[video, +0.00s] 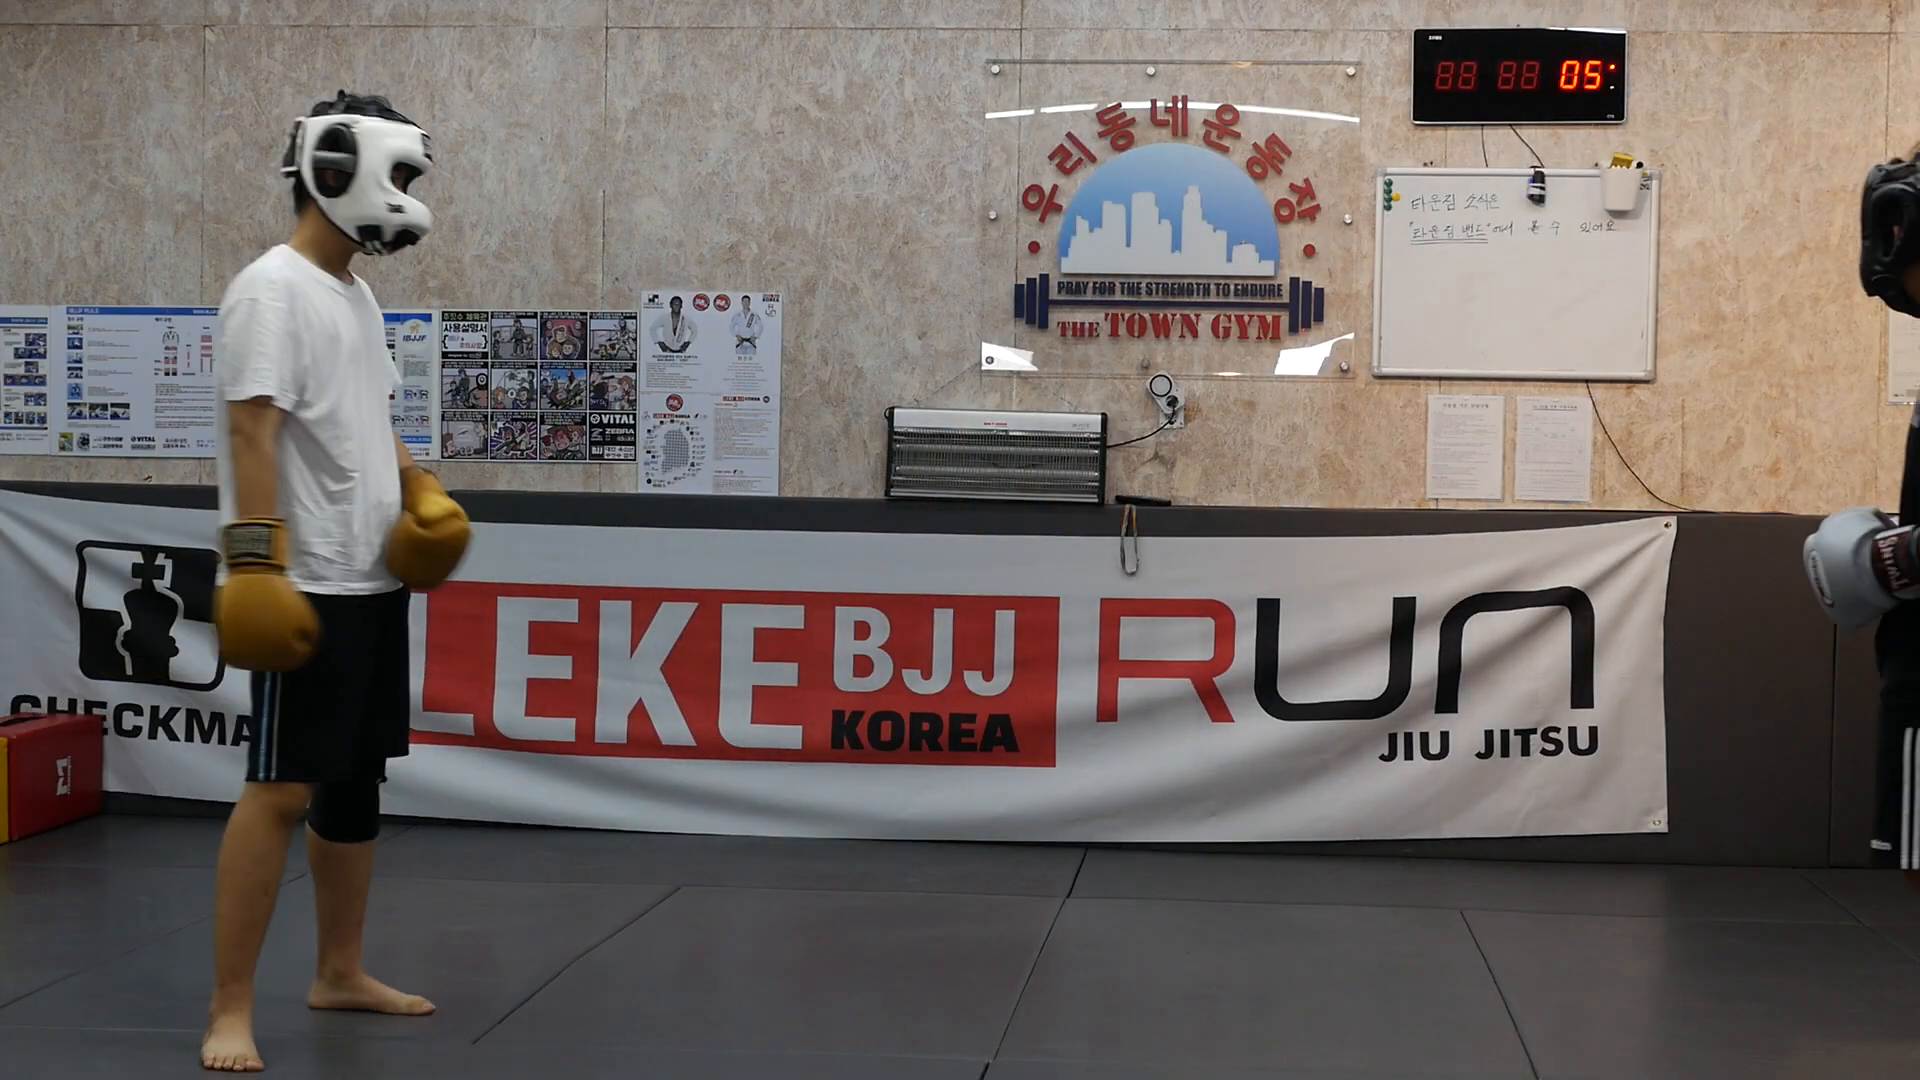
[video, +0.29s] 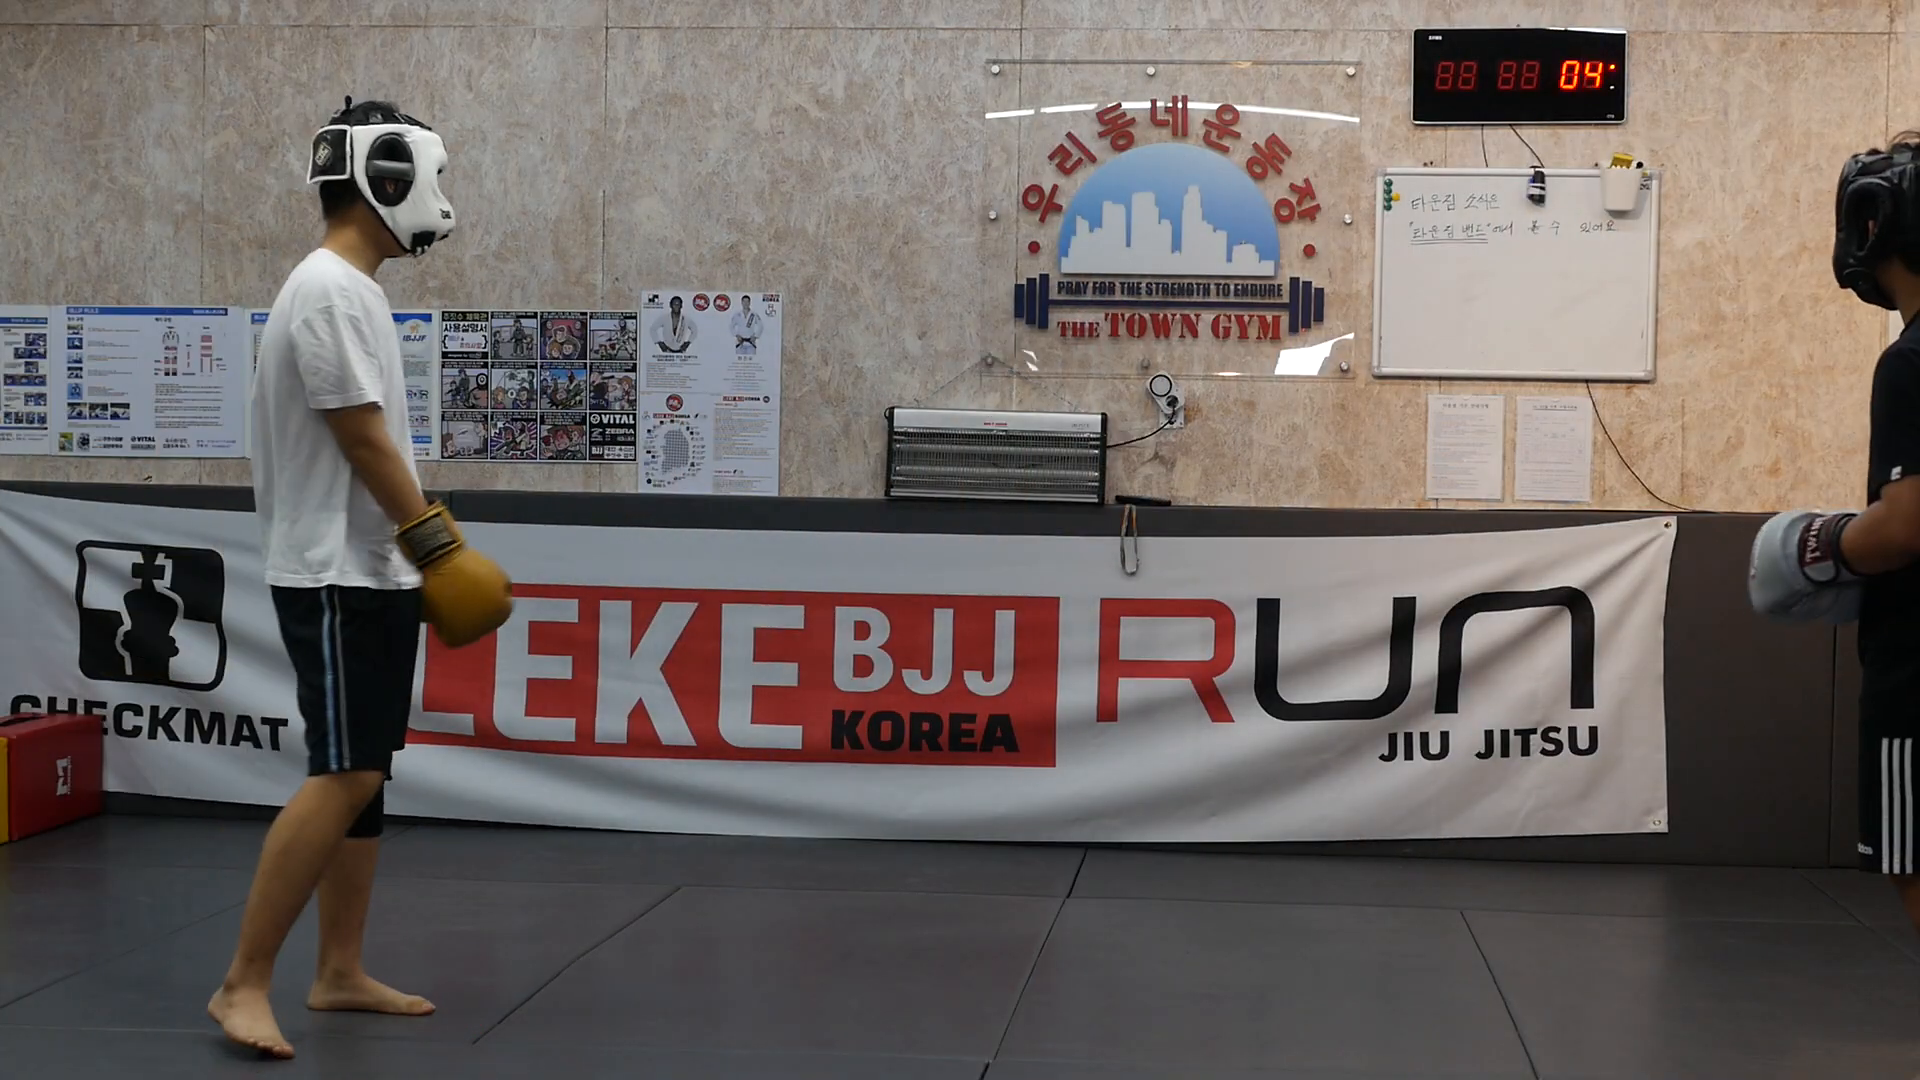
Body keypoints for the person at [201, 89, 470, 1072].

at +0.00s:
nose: (409, 197)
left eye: (413, 178)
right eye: (396, 177)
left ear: (354, 182)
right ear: (339, 175)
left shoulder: (356, 296)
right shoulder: (270, 288)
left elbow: (371, 429)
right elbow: (251, 429)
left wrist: (420, 491)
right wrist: (258, 562)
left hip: (375, 584)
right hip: (305, 584)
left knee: (353, 785)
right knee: (279, 790)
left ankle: (341, 973)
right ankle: (231, 1010)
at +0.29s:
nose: (436, 202)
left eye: (434, 182)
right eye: (427, 183)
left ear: (350, 185)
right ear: (389, 185)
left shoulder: (347, 291)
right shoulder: (327, 292)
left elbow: (366, 445)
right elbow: (362, 442)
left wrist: (435, 548)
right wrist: (437, 544)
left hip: (369, 570)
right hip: (334, 572)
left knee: (367, 771)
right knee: (343, 774)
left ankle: (341, 972)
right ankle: (243, 987)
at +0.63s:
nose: (467, 192)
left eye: (462, 172)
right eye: (456, 174)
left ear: (375, 185)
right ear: (418, 183)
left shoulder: (363, 285)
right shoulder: (368, 289)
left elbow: (400, 450)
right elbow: (403, 447)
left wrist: (474, 538)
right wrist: (482, 534)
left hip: (369, 556)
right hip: (348, 557)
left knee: (376, 768)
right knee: (374, 769)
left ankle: (340, 971)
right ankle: (259, 966)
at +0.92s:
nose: (481, 192)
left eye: (478, 174)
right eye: (466, 175)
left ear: (407, 188)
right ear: (417, 186)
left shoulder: (404, 299)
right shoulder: (363, 293)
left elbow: (390, 449)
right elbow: (363, 440)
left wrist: (421, 577)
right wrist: (398, 568)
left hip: (384, 566)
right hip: (340, 568)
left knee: (372, 776)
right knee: (341, 776)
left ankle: (350, 969)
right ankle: (326, 993)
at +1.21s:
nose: (461, 190)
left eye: (464, 171)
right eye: (443, 173)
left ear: (422, 183)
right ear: (388, 178)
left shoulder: (441, 294)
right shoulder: (323, 292)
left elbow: (461, 425)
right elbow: (296, 435)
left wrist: (503, 531)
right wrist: (292, 562)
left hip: (425, 582)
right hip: (349, 583)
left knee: (383, 786)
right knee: (338, 789)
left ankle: (351, 970)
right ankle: (327, 1008)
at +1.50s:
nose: (432, 181)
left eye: (440, 165)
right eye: (411, 164)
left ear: (449, 172)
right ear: (354, 170)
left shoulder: (449, 285)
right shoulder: (298, 293)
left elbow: (479, 415)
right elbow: (273, 442)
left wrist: (549, 510)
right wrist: (253, 575)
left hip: (438, 579)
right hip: (340, 581)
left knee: (404, 792)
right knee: (335, 791)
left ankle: (356, 964)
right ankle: (326, 1012)